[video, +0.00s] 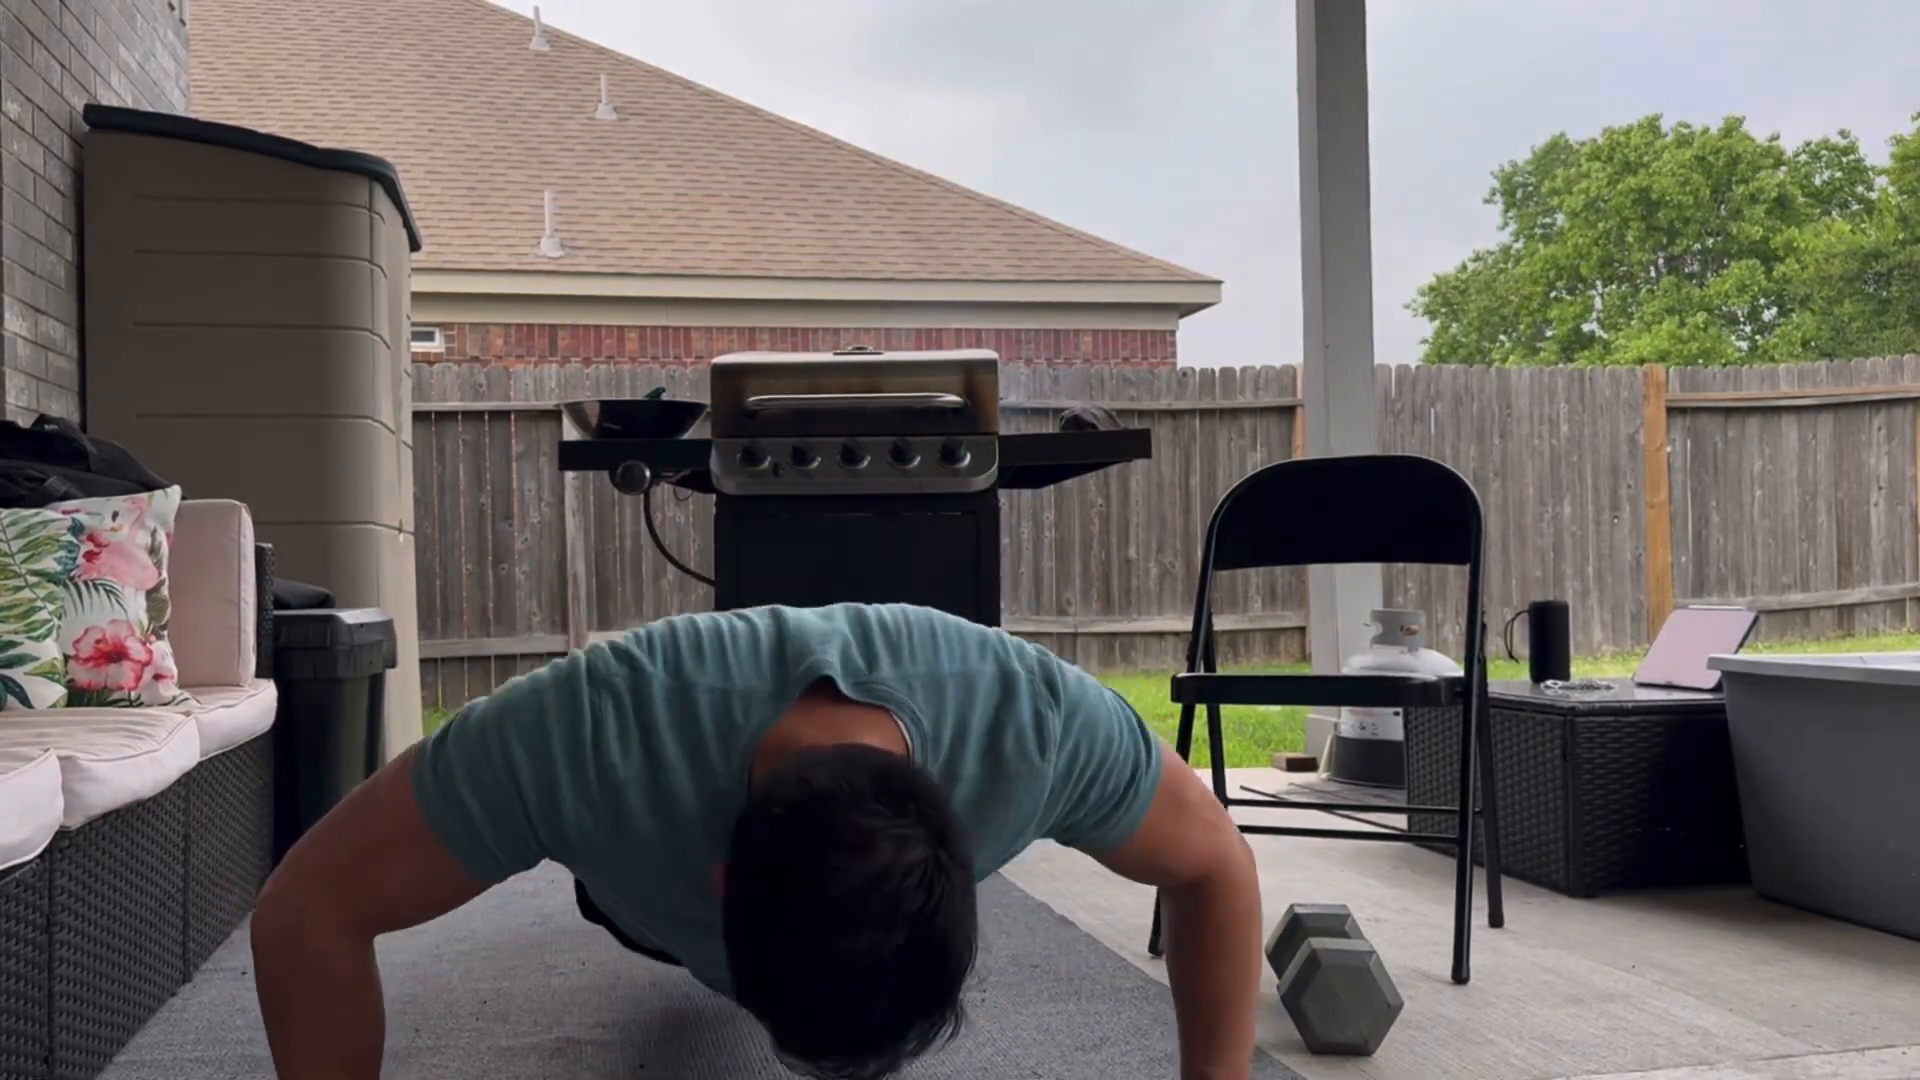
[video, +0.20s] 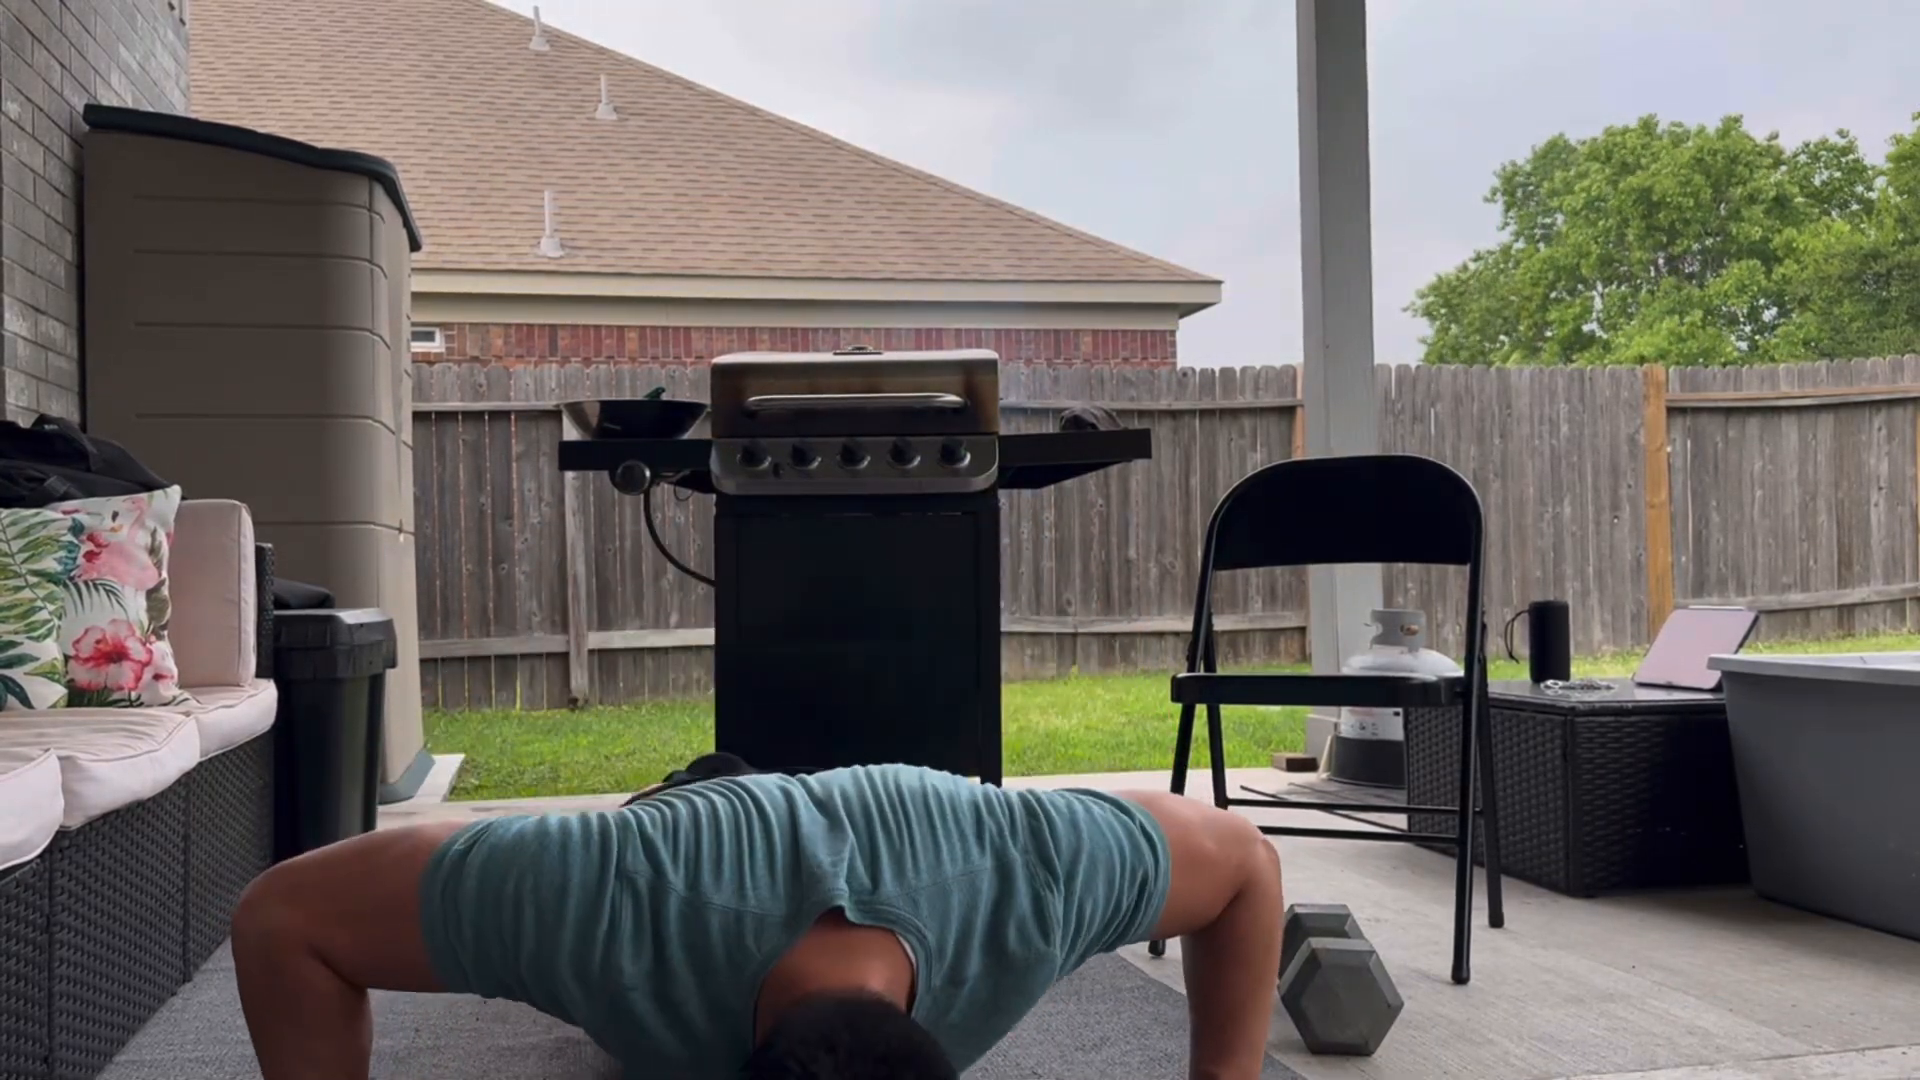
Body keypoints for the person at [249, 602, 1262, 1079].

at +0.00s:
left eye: (879, 1039)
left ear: (961, 867)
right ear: (729, 871)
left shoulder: (1038, 730)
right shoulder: (586, 735)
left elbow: (1217, 869)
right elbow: (306, 916)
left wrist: (1219, 1071)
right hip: (656, 883)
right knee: (657, 937)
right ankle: (660, 924)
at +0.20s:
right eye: (806, 1050)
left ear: (929, 1037)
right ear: (744, 1036)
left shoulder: (1043, 879)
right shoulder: (604, 909)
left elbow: (1245, 870)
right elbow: (283, 927)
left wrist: (1227, 1073)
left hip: (928, 813)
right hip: (689, 827)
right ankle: (437, 816)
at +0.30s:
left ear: (932, 1045)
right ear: (750, 1045)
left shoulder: (1043, 888)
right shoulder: (611, 928)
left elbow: (1246, 867)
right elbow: (283, 926)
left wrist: (1226, 1069)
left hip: (919, 812)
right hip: (674, 828)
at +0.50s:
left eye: (895, 1060)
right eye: (790, 1049)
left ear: (963, 918)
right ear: (731, 919)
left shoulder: (1050, 762)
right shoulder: (586, 778)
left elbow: (1229, 873)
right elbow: (294, 924)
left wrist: (1223, 1067)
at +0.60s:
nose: (819, 941)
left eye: (860, 925)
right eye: (792, 911)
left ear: (954, 792)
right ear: (723, 754)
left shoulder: (1034, 645)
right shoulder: (591, 635)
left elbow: (1193, 857)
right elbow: (360, 896)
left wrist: (1216, 1074)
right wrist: (354, 1079)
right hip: (657, 828)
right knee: (657, 896)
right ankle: (625, 869)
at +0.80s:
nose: (833, 1032)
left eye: (877, 1017)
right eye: (793, 997)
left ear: (964, 835)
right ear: (731, 855)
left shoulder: (1039, 715)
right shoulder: (591, 716)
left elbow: (1215, 871)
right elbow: (311, 912)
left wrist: (1216, 1070)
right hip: (664, 897)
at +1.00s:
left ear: (933, 1036)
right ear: (746, 1037)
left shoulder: (1044, 878)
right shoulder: (599, 904)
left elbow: (1245, 868)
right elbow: (276, 928)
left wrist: (1226, 1072)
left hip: (937, 818)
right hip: (698, 826)